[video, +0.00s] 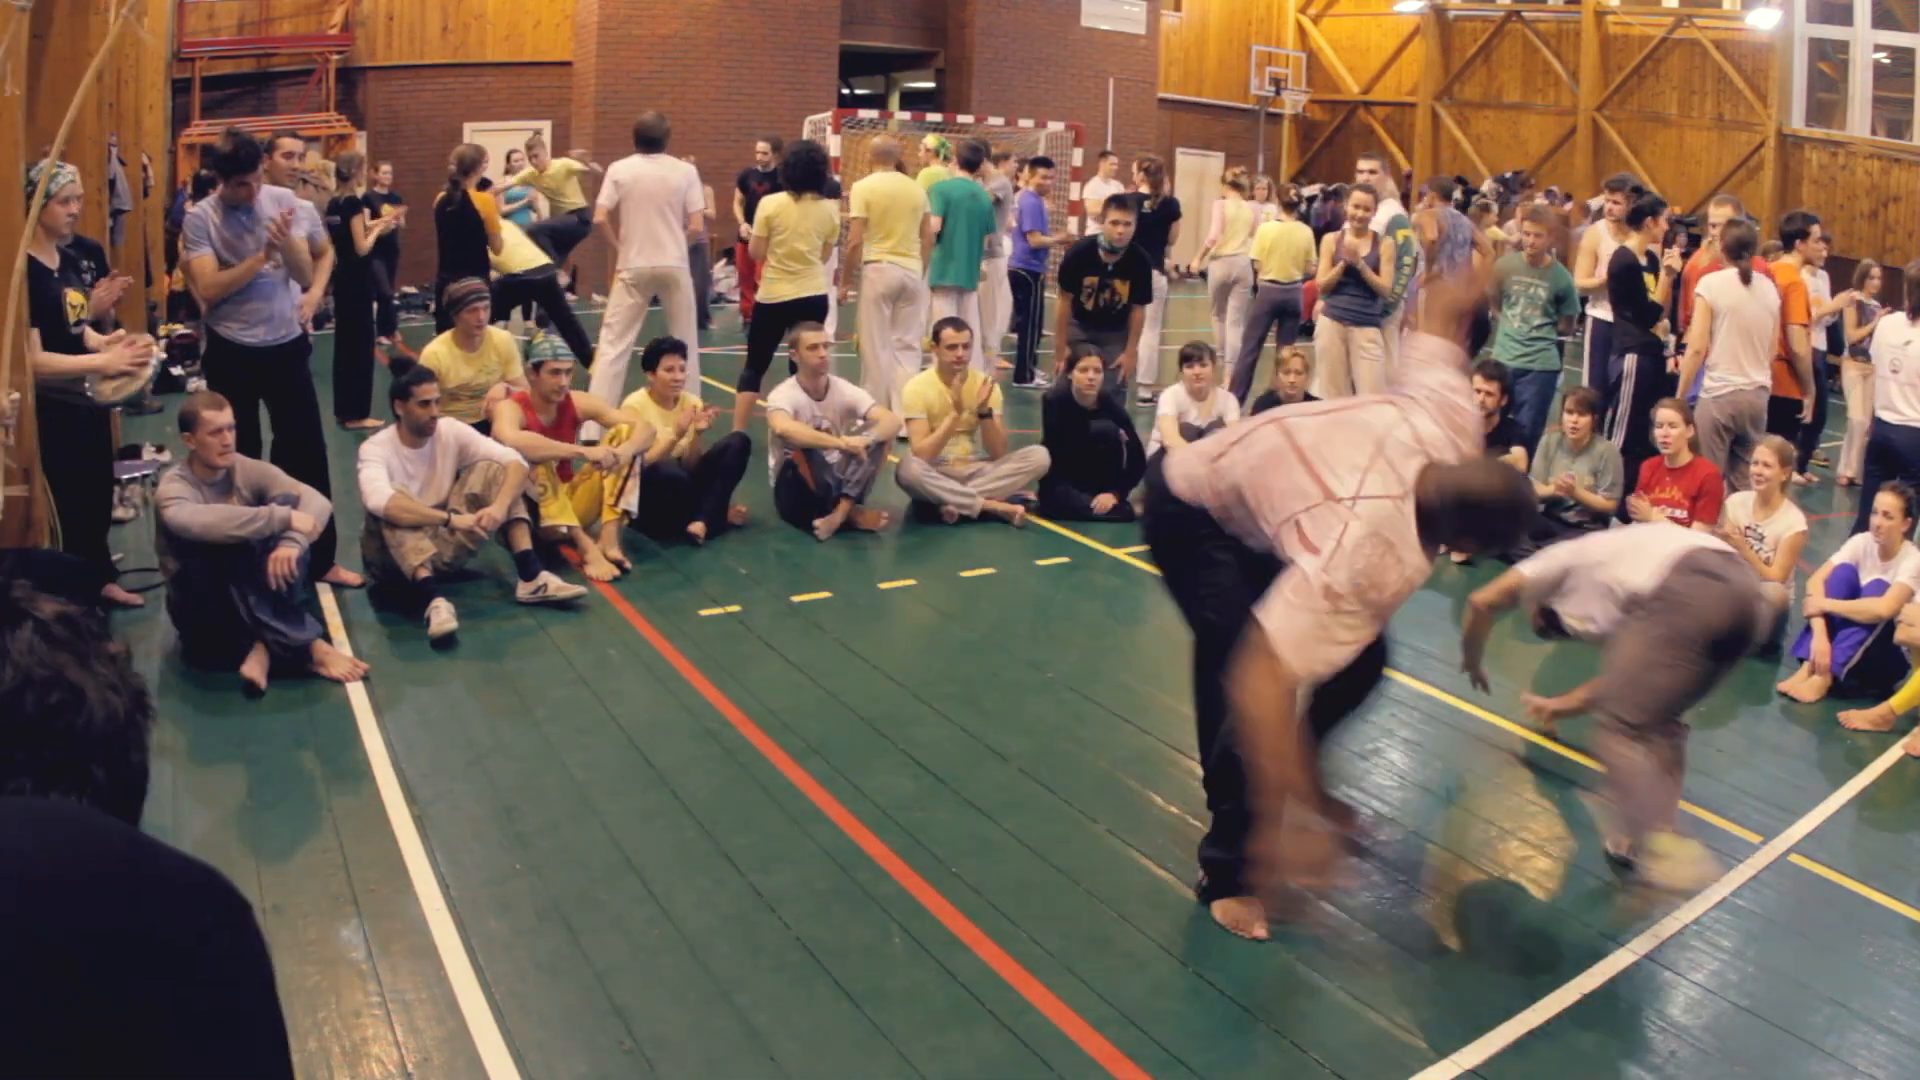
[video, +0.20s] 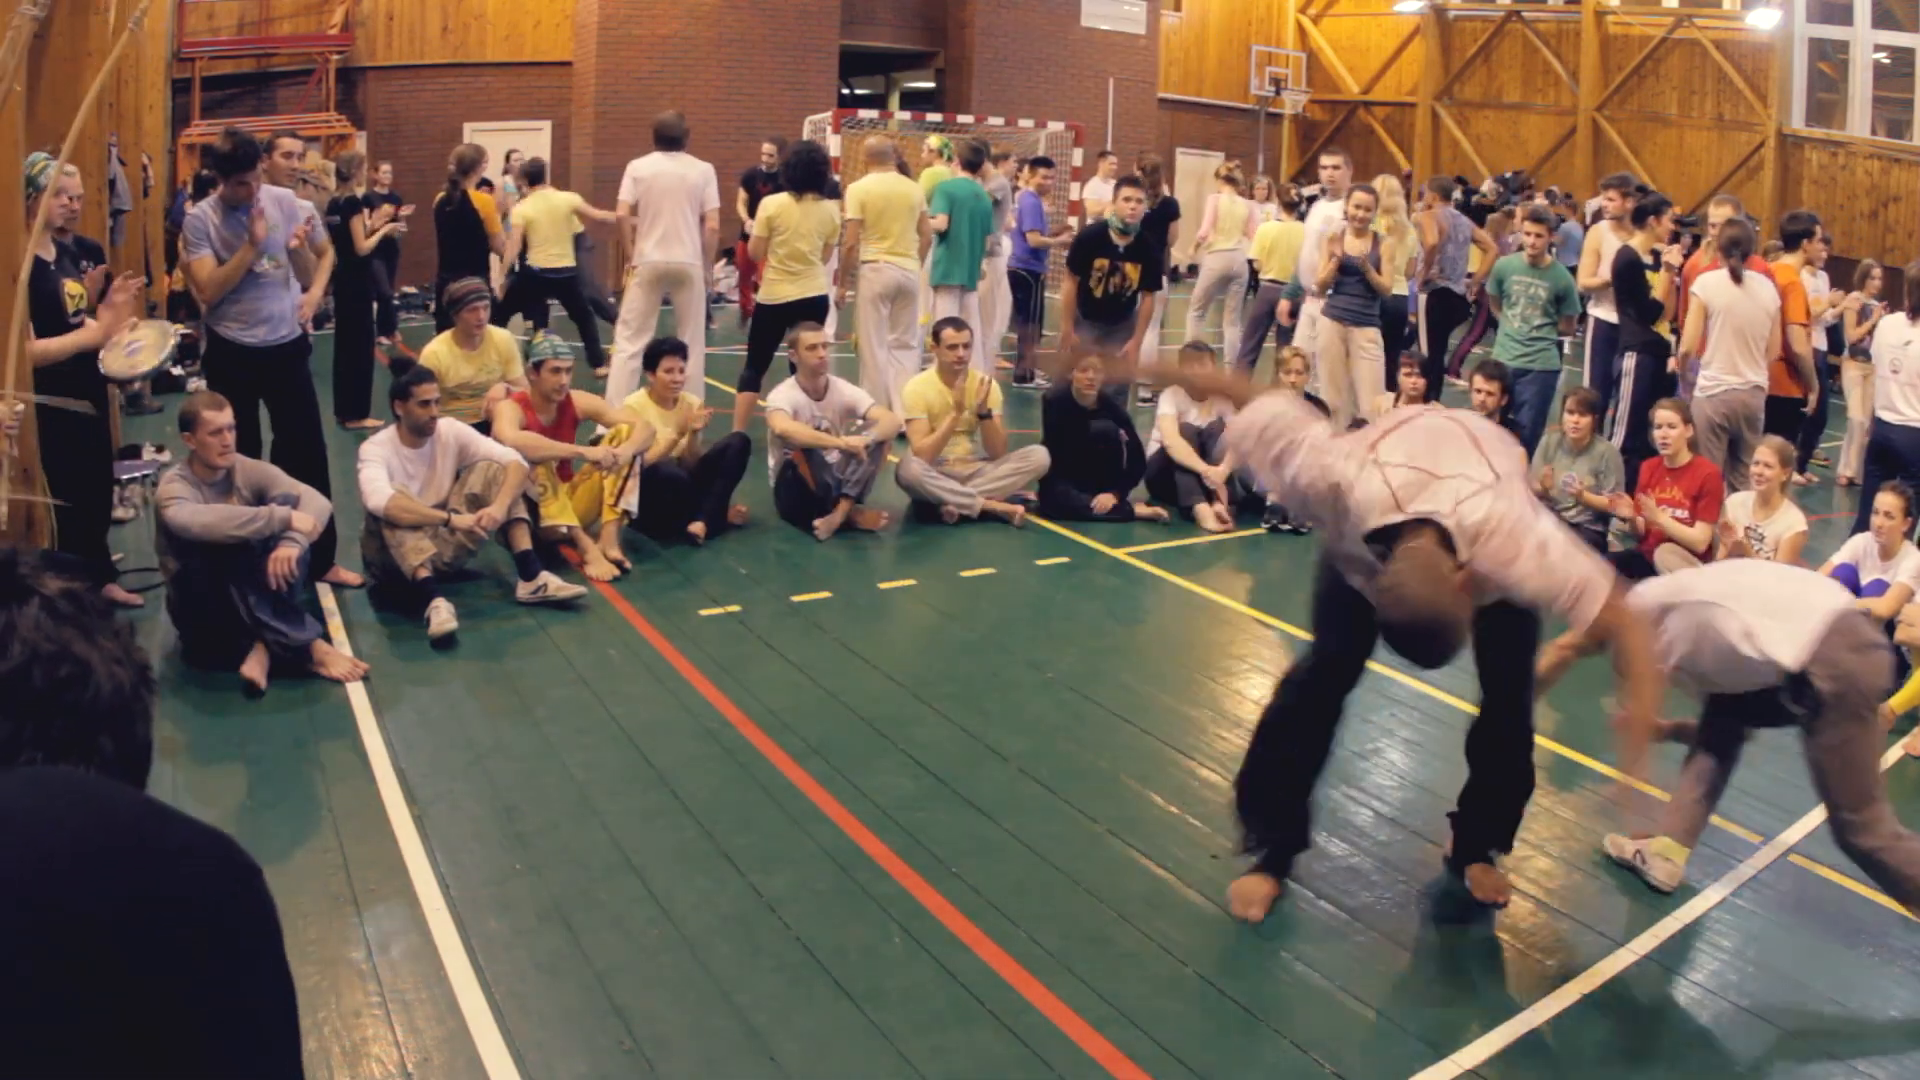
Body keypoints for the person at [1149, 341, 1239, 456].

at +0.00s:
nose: (1197, 372)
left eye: (1203, 366)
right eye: (1189, 367)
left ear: (1213, 368)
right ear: (1181, 371)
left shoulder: (1228, 400)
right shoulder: (1170, 396)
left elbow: (1235, 438)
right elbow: (1170, 440)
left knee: (1217, 427)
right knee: (1187, 430)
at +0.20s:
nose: (1198, 372)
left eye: (1203, 365)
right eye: (1191, 366)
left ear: (1213, 368)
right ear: (1182, 369)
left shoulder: (1222, 401)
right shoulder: (1171, 395)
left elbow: (1237, 440)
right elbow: (1170, 441)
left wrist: (1223, 471)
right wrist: (1207, 472)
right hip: (1167, 480)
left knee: (1217, 428)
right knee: (1187, 430)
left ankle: (1219, 502)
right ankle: (1199, 506)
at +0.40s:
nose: (1196, 372)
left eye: (1203, 365)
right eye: (1189, 366)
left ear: (1213, 369)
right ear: (1181, 371)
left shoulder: (1227, 399)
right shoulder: (1170, 396)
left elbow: (1237, 443)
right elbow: (1170, 441)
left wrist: (1223, 472)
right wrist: (1207, 472)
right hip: (1168, 480)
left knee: (1218, 428)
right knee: (1186, 431)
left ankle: (1220, 502)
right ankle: (1200, 506)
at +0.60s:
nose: (1197, 372)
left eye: (1203, 365)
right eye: (1190, 367)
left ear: (1213, 368)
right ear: (1181, 371)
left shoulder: (1227, 399)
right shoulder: (1170, 396)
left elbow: (1238, 443)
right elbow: (1171, 441)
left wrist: (1223, 472)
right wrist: (1206, 471)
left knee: (1218, 428)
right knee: (1187, 430)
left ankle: (1218, 505)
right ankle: (1200, 508)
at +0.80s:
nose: (1196, 372)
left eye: (1203, 365)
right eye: (1189, 366)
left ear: (1213, 369)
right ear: (1181, 371)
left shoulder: (1227, 399)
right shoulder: (1170, 396)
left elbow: (1238, 442)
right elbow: (1171, 441)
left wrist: (1224, 470)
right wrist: (1209, 474)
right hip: (1167, 481)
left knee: (1218, 428)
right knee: (1187, 430)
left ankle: (1220, 502)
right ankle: (1199, 505)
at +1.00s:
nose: (1196, 372)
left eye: (1203, 365)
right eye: (1189, 367)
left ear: (1213, 369)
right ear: (1181, 371)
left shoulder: (1226, 399)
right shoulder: (1170, 396)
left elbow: (1238, 442)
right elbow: (1170, 441)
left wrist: (1224, 471)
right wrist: (1209, 474)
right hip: (1167, 482)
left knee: (1217, 428)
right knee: (1186, 430)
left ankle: (1220, 502)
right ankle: (1199, 505)